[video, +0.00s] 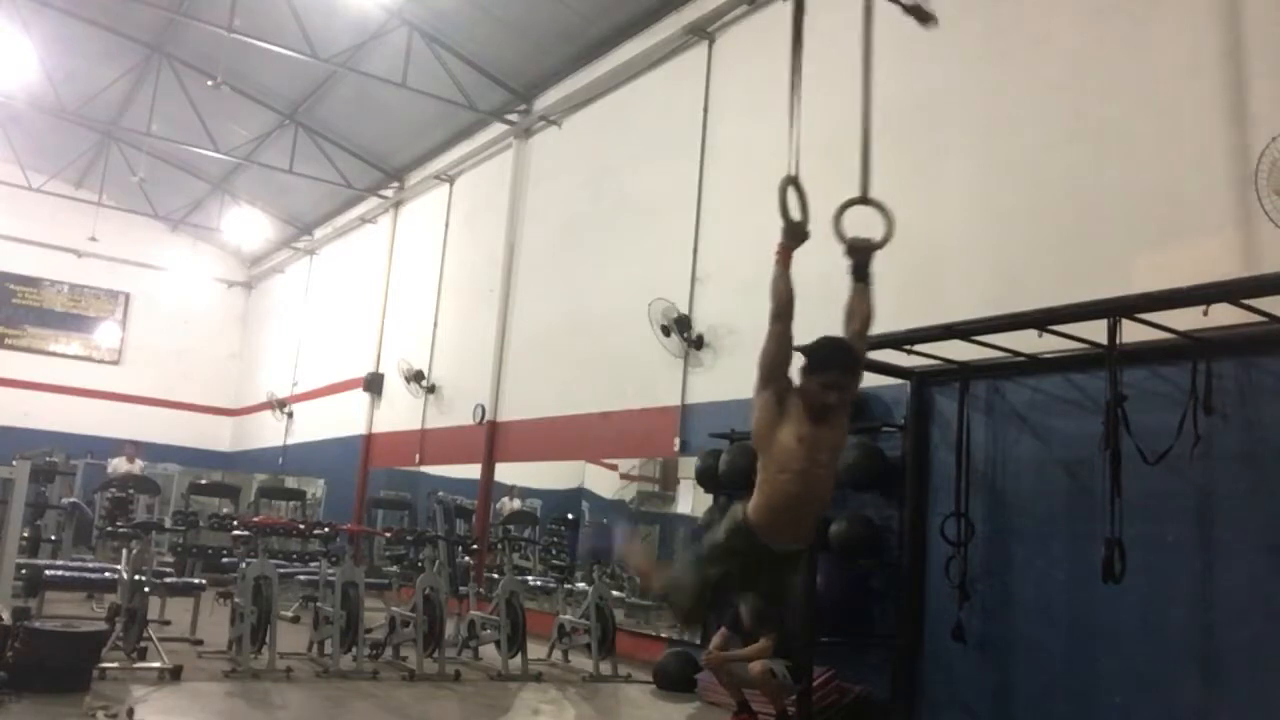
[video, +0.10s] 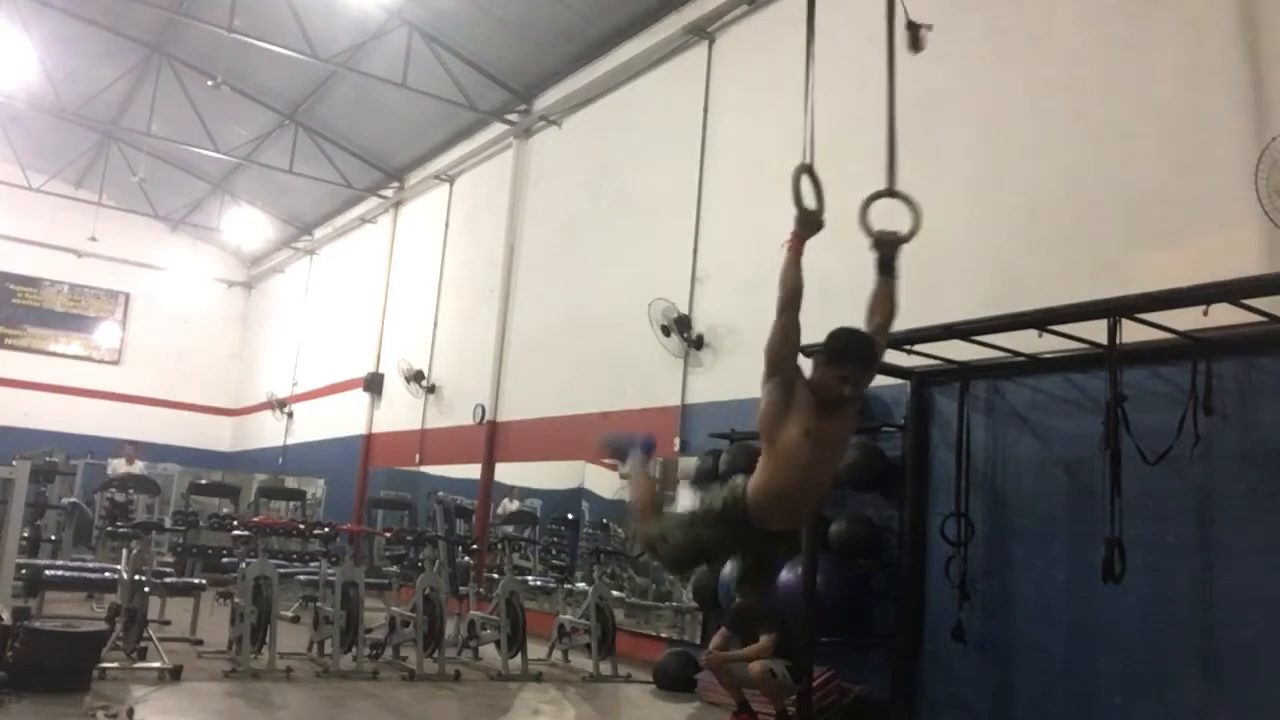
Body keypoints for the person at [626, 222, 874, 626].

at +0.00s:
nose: (834, 399)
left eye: (843, 391)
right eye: (826, 387)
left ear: (851, 389)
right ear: (804, 376)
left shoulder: (840, 411)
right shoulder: (775, 401)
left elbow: (857, 332)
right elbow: (780, 321)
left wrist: (861, 268)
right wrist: (784, 255)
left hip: (793, 556)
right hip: (744, 541)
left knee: (787, 648)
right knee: (685, 606)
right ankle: (631, 552)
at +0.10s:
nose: (849, 392)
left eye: (857, 384)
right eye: (842, 380)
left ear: (863, 381)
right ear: (818, 365)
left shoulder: (849, 401)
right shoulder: (785, 389)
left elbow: (878, 329)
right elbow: (787, 313)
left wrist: (886, 262)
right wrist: (796, 244)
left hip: (784, 534)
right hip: (741, 516)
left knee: (751, 603)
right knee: (659, 543)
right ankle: (637, 460)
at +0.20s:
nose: (854, 387)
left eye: (863, 380)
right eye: (849, 374)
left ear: (868, 377)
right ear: (827, 359)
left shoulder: (853, 396)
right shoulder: (790, 387)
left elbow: (888, 328)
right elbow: (794, 308)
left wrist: (899, 259)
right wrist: (804, 234)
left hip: (772, 523)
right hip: (733, 499)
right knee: (651, 510)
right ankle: (643, 427)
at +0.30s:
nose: (855, 386)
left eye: (863, 379)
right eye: (850, 373)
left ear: (869, 378)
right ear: (827, 358)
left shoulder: (853, 396)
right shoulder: (790, 385)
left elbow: (888, 330)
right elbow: (795, 307)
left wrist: (894, 261)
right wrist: (805, 234)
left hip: (771, 522)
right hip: (733, 498)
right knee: (654, 513)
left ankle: (660, 479)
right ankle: (642, 438)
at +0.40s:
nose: (852, 388)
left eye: (859, 380)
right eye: (846, 376)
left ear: (863, 378)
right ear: (819, 365)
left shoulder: (849, 403)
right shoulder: (787, 390)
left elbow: (876, 333)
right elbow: (792, 313)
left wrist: (880, 268)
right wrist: (801, 246)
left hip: (774, 537)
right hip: (735, 514)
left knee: (728, 579)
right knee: (665, 549)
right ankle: (637, 486)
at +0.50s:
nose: (837, 388)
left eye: (843, 381)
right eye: (829, 378)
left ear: (847, 386)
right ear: (803, 374)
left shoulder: (834, 416)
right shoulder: (776, 403)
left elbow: (855, 339)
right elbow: (783, 324)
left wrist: (860, 275)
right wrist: (790, 255)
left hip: (776, 557)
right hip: (736, 541)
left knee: (739, 628)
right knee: (689, 605)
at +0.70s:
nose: (775, 401)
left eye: (780, 394)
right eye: (767, 393)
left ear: (787, 396)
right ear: (746, 391)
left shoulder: (776, 425)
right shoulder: (723, 419)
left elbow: (792, 357)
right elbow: (728, 345)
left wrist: (796, 293)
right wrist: (732, 283)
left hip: (763, 549)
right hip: (720, 546)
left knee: (774, 627)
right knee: (748, 621)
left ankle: (722, 669)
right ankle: (713, 670)